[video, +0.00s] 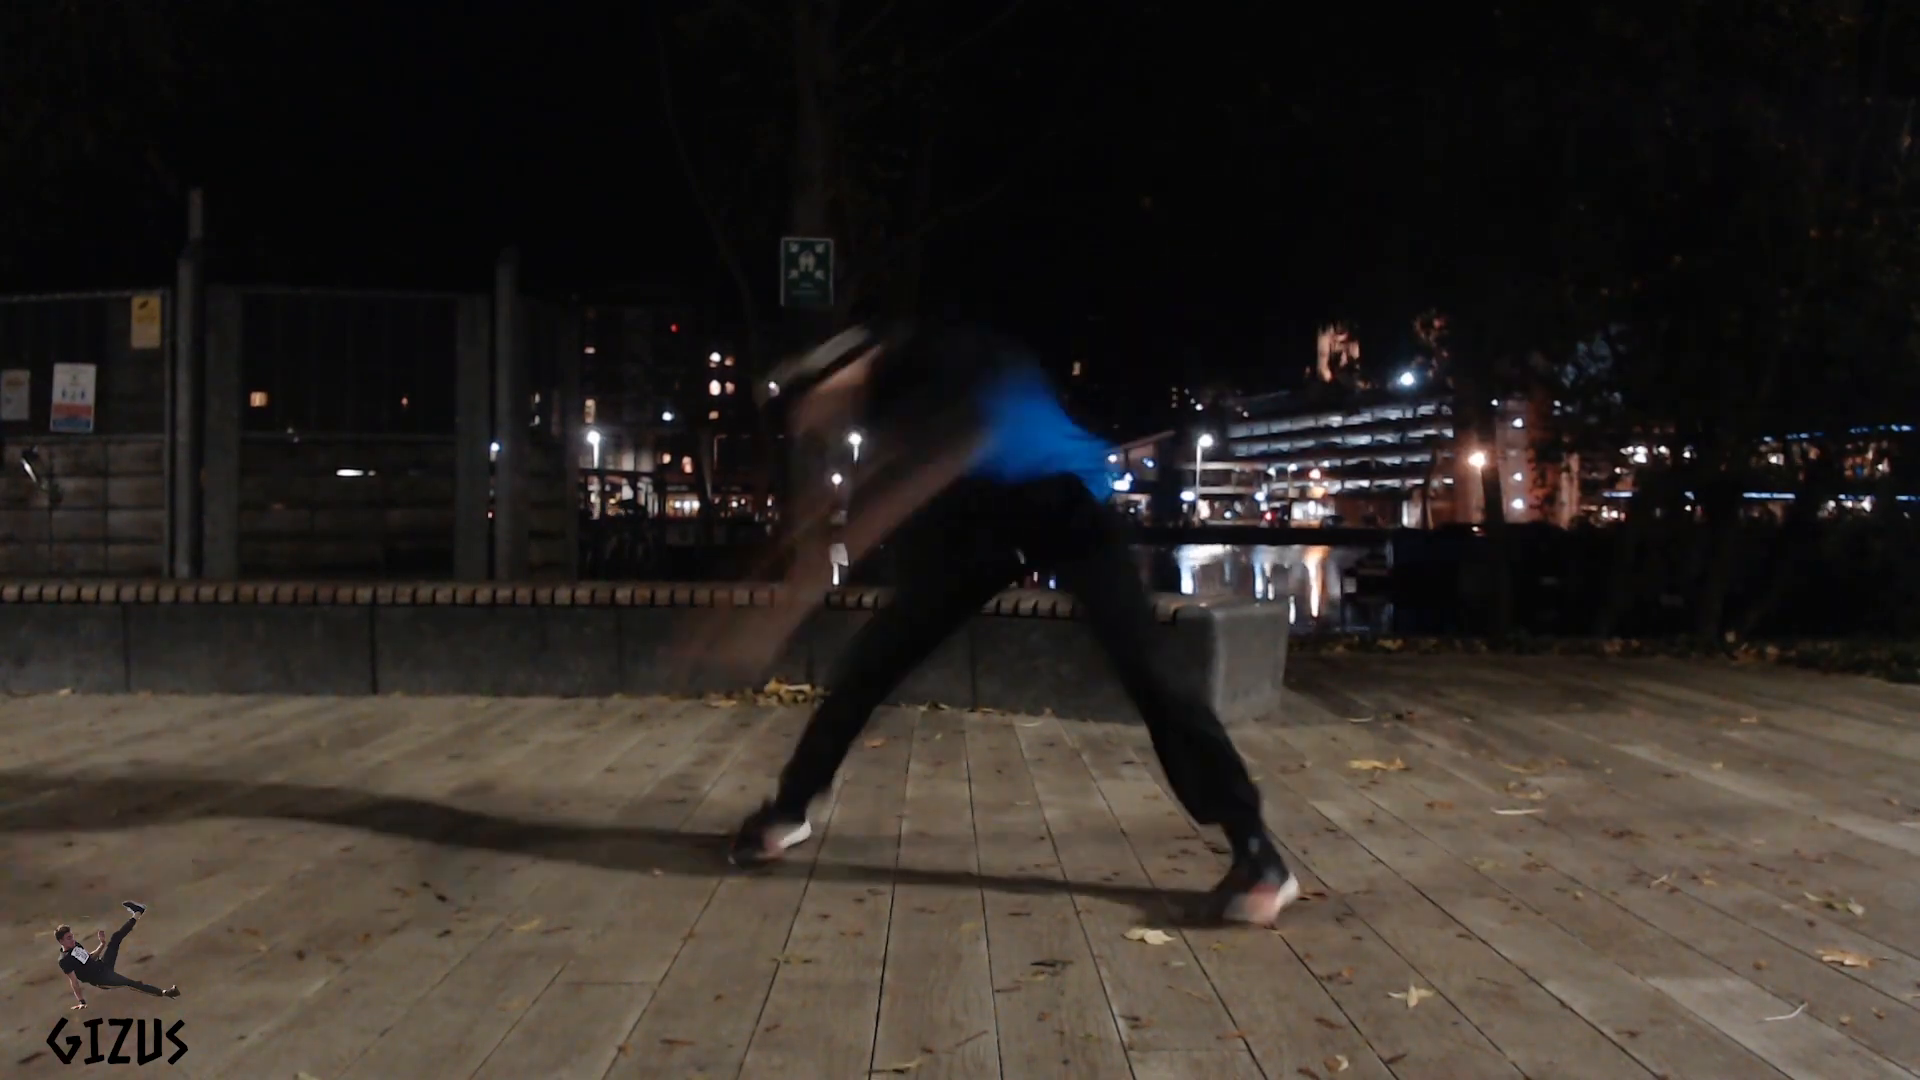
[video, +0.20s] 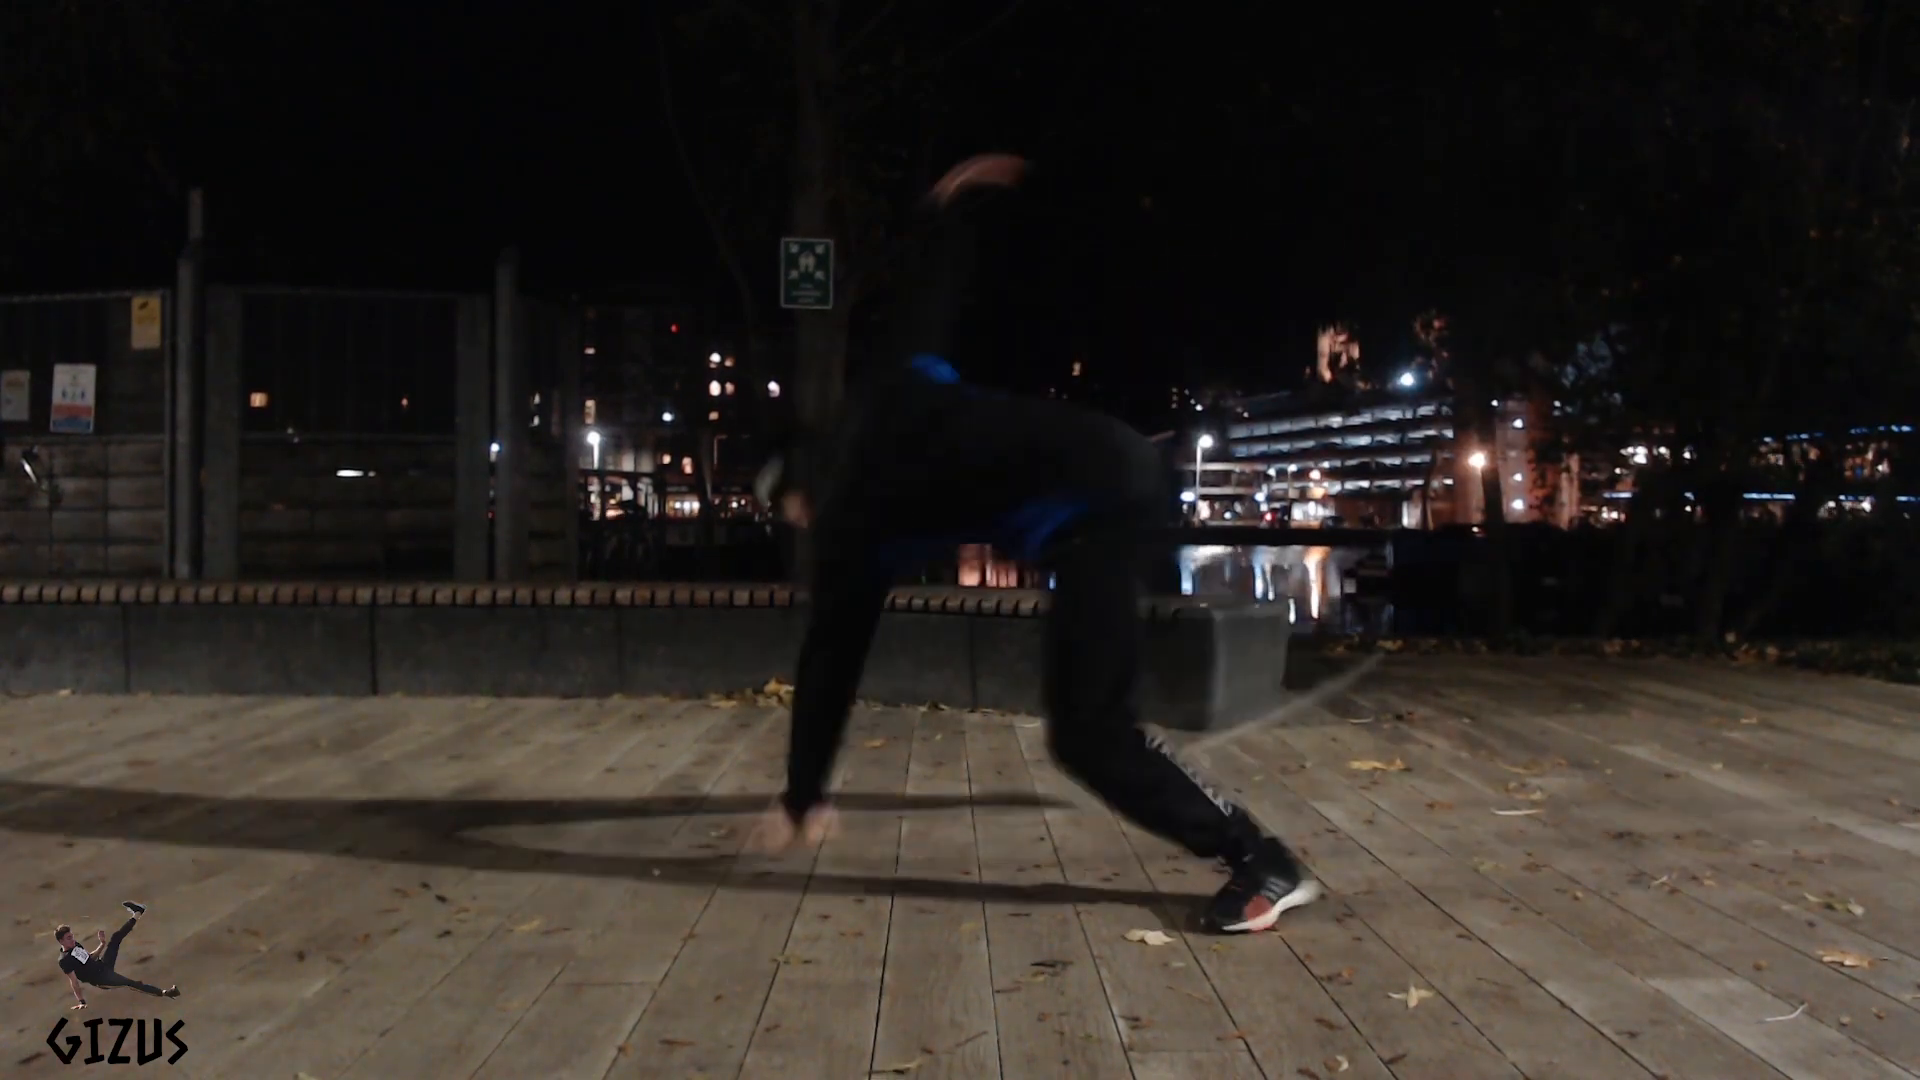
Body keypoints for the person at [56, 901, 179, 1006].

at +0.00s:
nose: (73, 939)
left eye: (72, 936)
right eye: (69, 938)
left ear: (71, 937)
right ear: (61, 942)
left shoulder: (76, 946)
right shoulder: (64, 960)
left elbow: (91, 957)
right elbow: (74, 982)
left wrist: (102, 944)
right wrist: (81, 1001)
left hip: (104, 964)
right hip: (102, 977)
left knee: (115, 939)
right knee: (132, 983)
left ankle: (136, 916)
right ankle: (164, 993)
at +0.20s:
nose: (73, 939)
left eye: (72, 936)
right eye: (69, 938)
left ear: (71, 936)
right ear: (61, 941)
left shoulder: (76, 946)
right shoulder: (64, 960)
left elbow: (91, 958)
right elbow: (74, 982)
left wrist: (102, 945)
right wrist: (81, 1001)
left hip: (104, 965)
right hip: (102, 978)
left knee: (115, 939)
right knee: (132, 983)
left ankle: (136, 916)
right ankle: (164, 993)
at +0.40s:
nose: (73, 939)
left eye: (72, 936)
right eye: (69, 938)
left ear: (71, 936)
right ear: (61, 941)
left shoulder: (76, 946)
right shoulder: (64, 960)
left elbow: (91, 958)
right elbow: (74, 982)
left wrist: (102, 945)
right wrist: (81, 1001)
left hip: (104, 965)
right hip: (102, 978)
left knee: (115, 939)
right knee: (132, 983)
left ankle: (136, 916)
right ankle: (164, 993)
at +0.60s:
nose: (73, 939)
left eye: (72, 936)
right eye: (69, 938)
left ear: (71, 936)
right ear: (61, 941)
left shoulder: (76, 946)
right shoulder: (64, 960)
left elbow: (91, 958)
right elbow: (74, 982)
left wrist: (102, 945)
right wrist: (81, 1001)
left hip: (104, 965)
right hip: (102, 978)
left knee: (115, 939)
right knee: (131, 983)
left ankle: (136, 916)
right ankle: (164, 993)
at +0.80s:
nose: (73, 939)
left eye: (72, 936)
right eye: (69, 938)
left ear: (71, 936)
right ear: (61, 941)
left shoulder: (76, 946)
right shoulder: (64, 960)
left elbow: (91, 958)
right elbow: (74, 982)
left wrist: (102, 945)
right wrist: (81, 1001)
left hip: (104, 965)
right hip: (102, 978)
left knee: (115, 939)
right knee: (133, 983)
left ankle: (136, 916)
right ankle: (164, 993)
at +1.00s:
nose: (73, 939)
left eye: (72, 936)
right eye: (69, 938)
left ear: (71, 936)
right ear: (61, 941)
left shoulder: (75, 946)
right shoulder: (64, 960)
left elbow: (91, 957)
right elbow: (74, 982)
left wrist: (102, 945)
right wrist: (81, 1002)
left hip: (104, 965)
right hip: (102, 978)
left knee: (115, 939)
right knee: (133, 983)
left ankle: (135, 917)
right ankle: (164, 993)